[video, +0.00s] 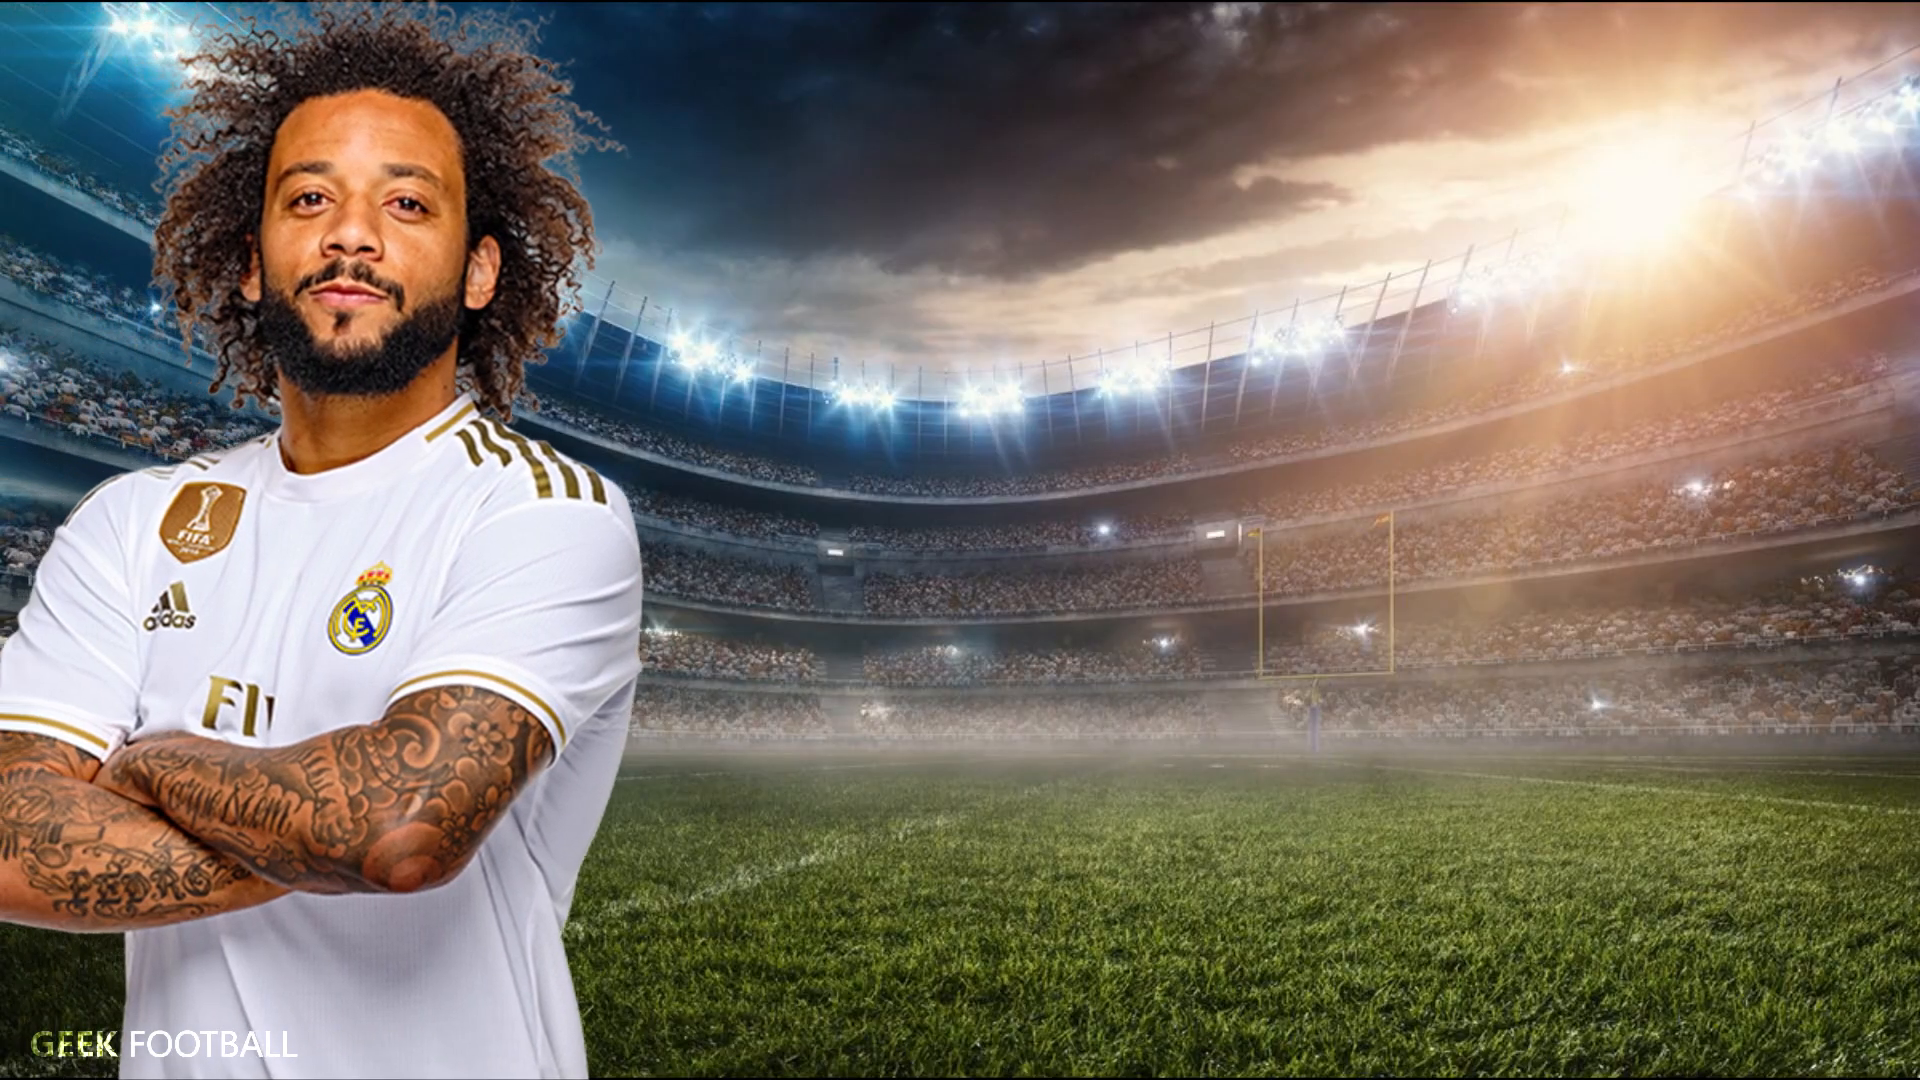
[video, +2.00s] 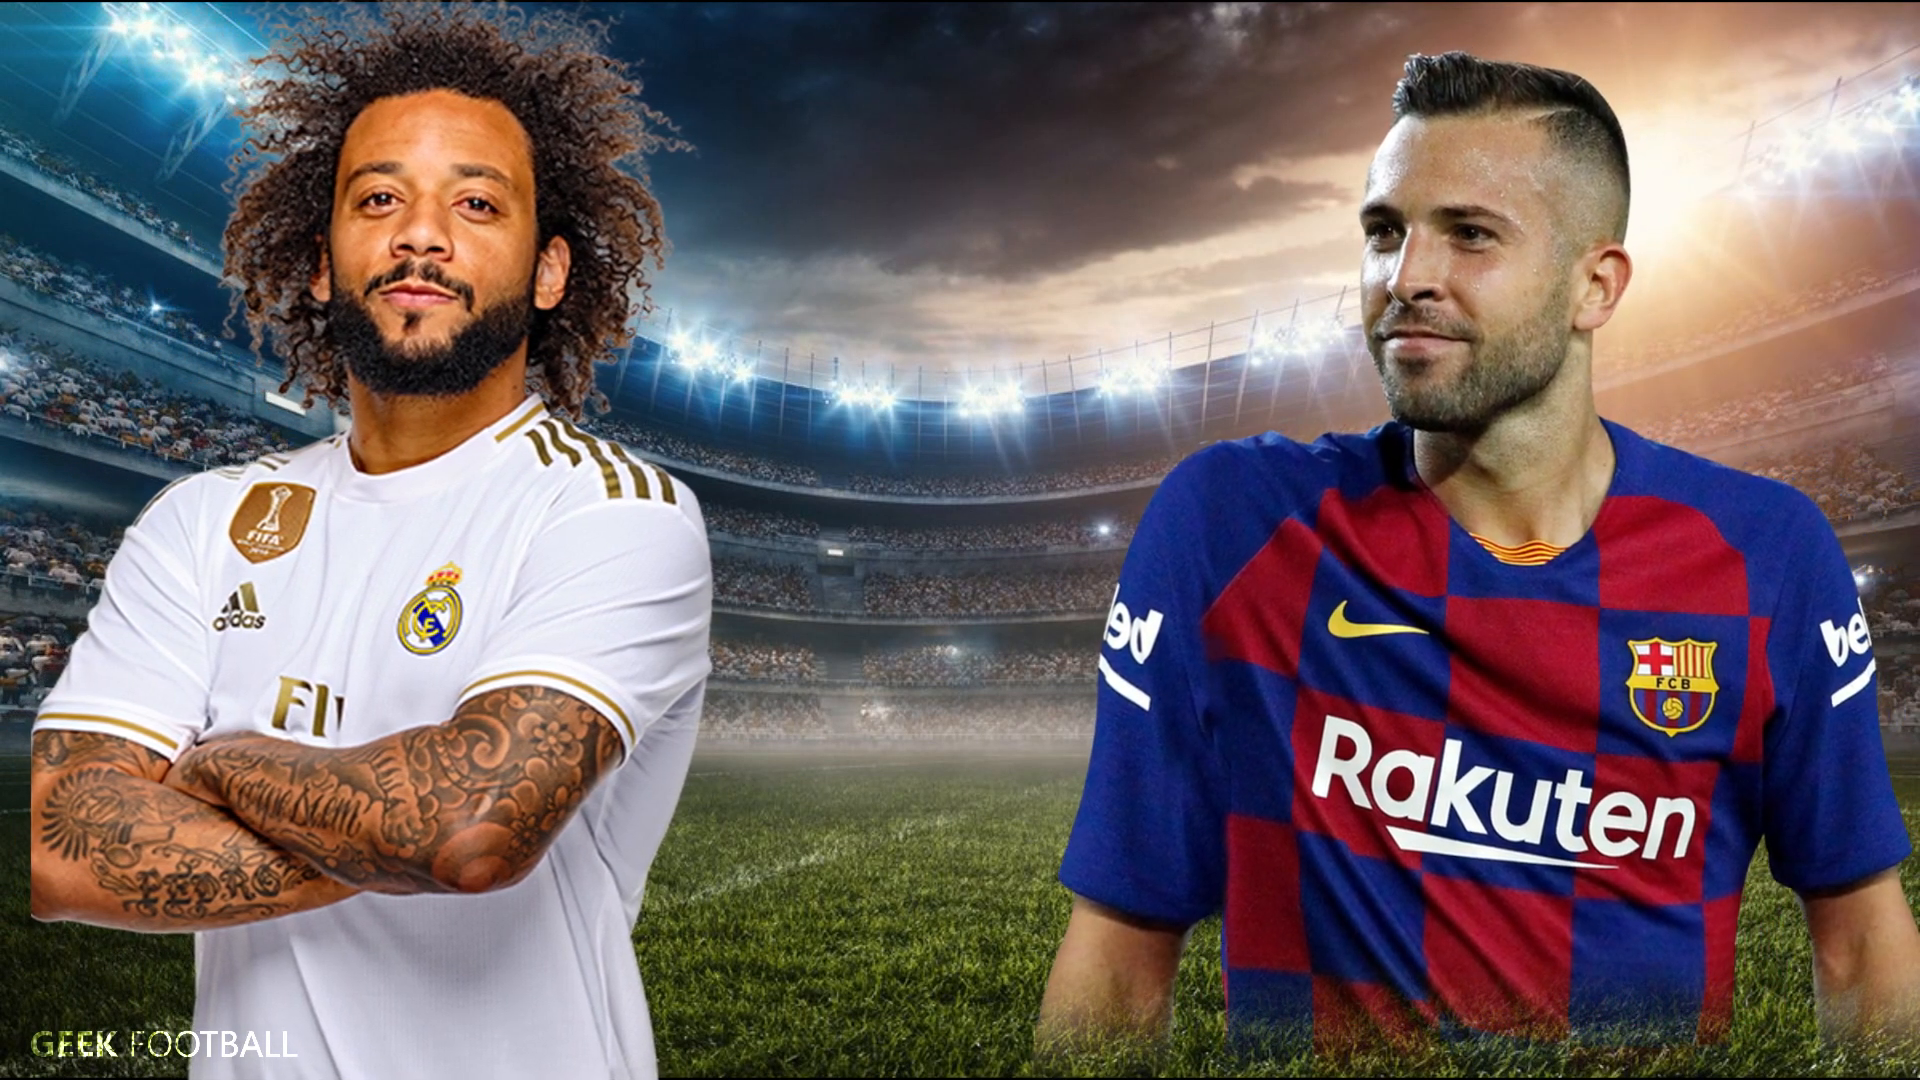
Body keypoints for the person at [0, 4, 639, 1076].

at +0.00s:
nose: (350, 238)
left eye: (406, 202)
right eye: (308, 200)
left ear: (476, 271)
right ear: (256, 259)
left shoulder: (552, 518)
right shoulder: (130, 521)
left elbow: (403, 824)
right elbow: (15, 853)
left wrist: (147, 761)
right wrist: (322, 829)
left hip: (459, 1064)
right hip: (181, 1063)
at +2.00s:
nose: (422, 238)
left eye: (478, 204)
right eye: (379, 199)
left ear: (546, 273)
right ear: (325, 260)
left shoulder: (621, 518)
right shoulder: (201, 522)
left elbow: (475, 825)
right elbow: (73, 856)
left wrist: (210, 761)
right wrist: (396, 829)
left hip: (531, 1063)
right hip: (252, 1062)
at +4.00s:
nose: (363, 237)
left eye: (418, 203)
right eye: (320, 200)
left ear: (487, 271)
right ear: (268, 259)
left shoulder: (562, 518)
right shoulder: (141, 520)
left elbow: (416, 823)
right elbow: (20, 852)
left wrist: (161, 760)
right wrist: (332, 830)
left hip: (473, 1062)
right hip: (193, 1061)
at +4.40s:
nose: (260, 234)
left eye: (317, 203)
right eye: (219, 198)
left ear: (386, 273)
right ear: (163, 262)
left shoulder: (462, 516)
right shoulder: (39, 521)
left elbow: (314, 824)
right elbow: (7, 875)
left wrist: (43, 760)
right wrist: (241, 821)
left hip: (367, 1063)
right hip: (90, 1063)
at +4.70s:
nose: (130, 232)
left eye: (186, 200)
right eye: (89, 198)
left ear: (256, 268)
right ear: (36, 258)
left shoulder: (330, 514)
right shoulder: (5, 492)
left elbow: (185, 820)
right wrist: (108, 809)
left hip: (237, 1057)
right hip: (18, 1053)